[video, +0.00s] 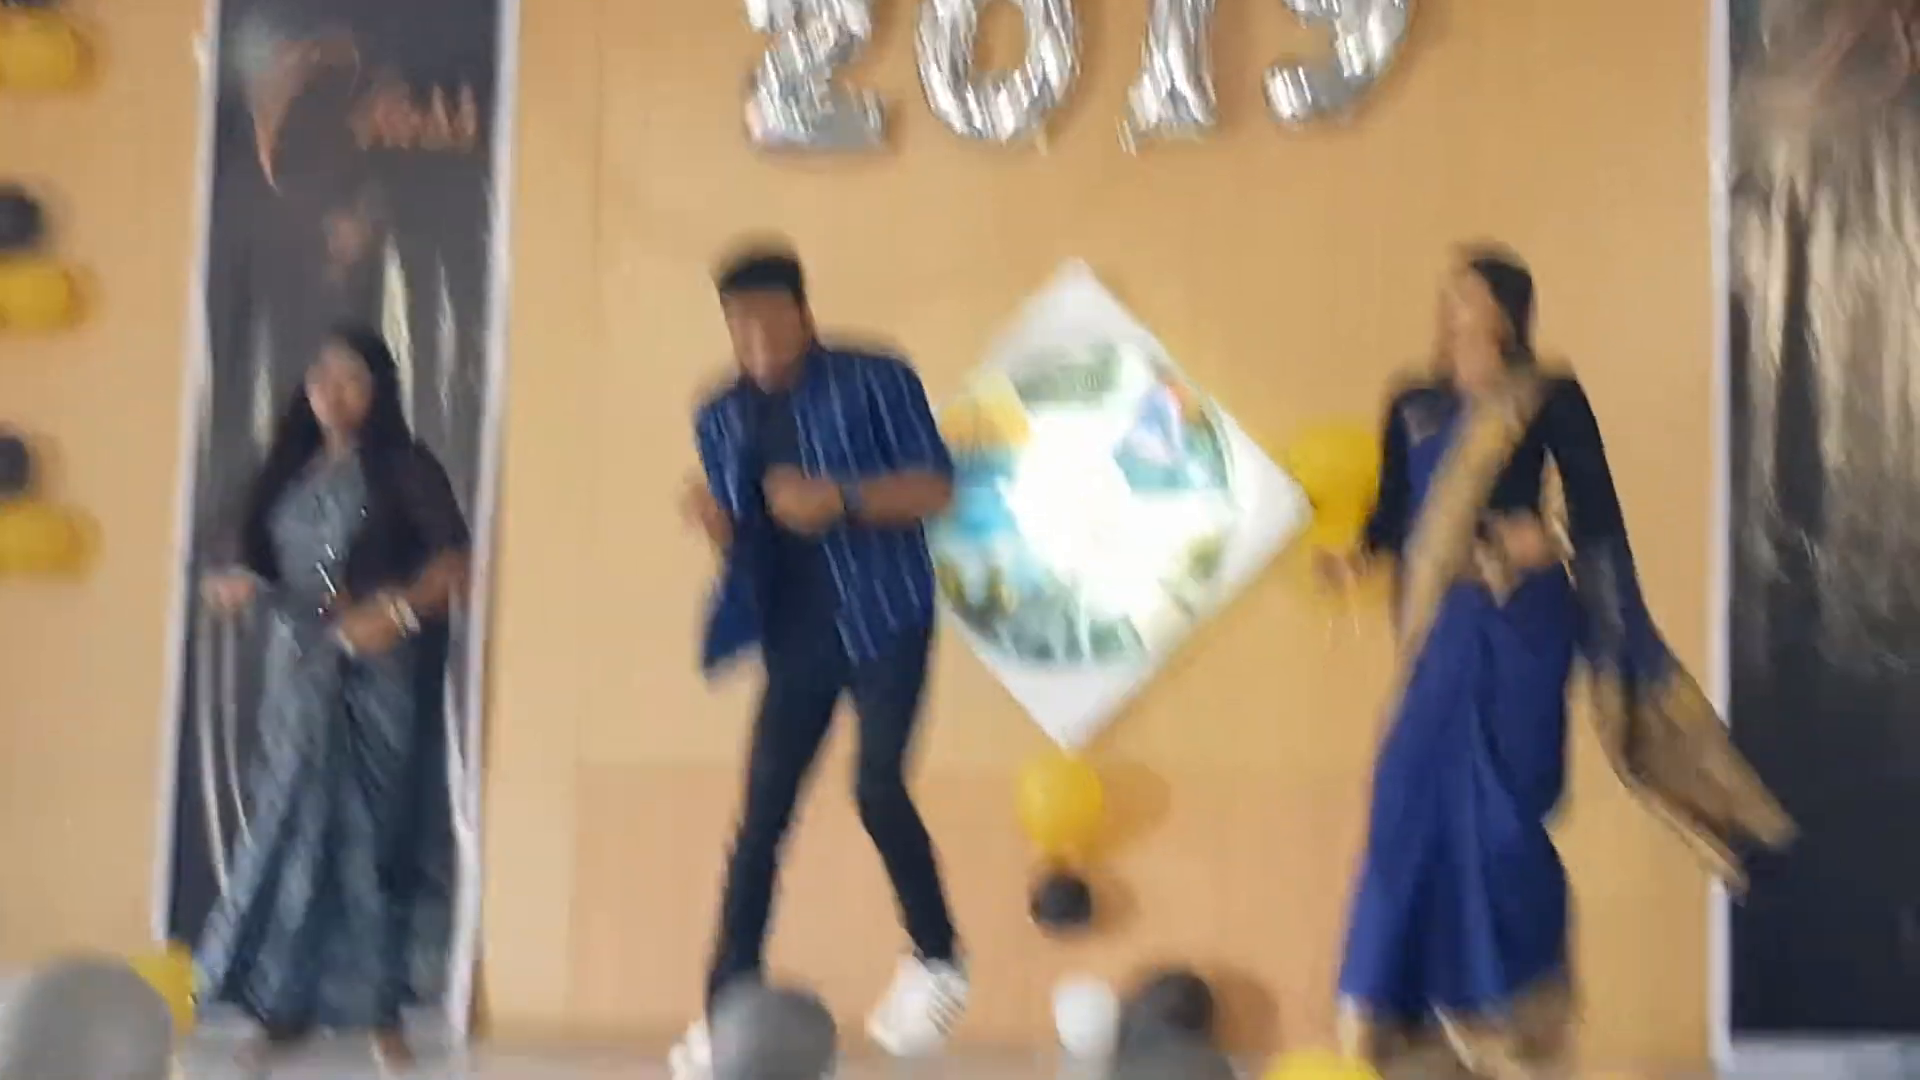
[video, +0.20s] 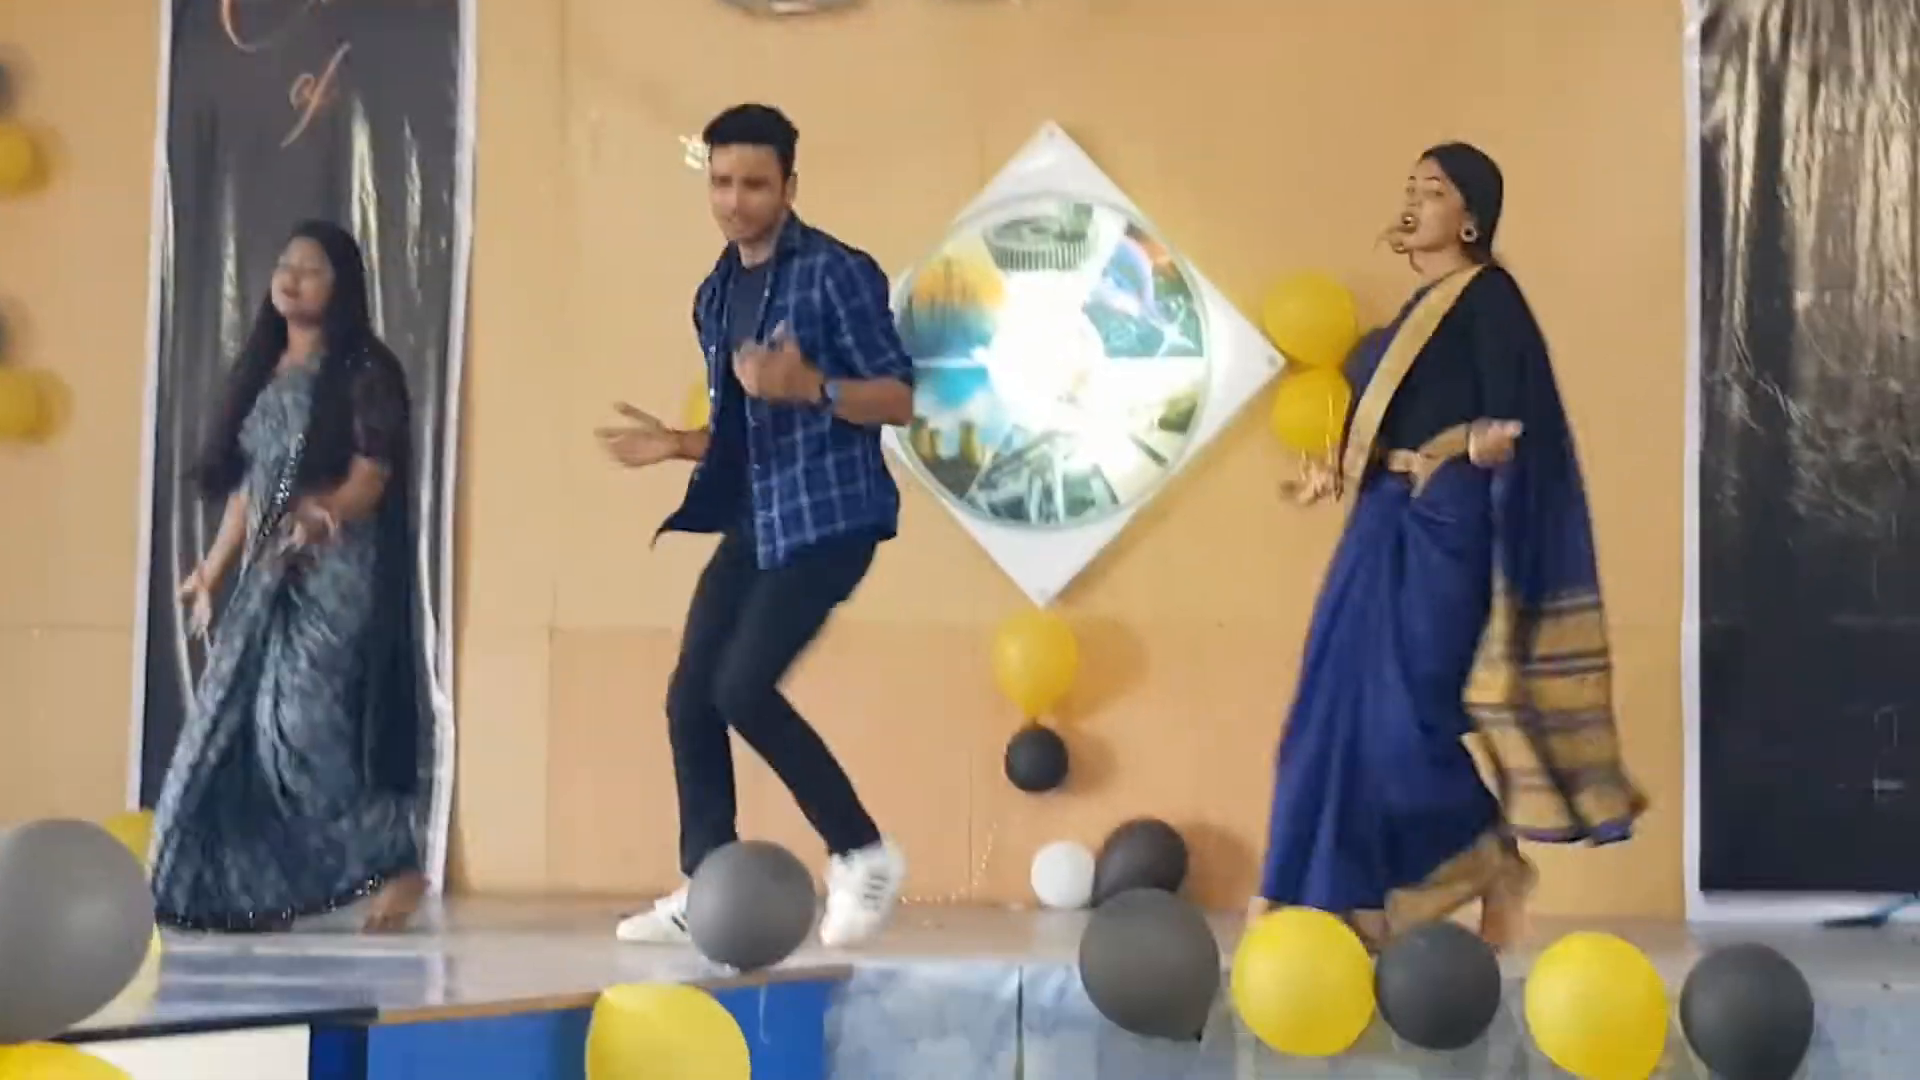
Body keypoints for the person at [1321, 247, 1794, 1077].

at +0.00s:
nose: (1453, 316)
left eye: (1468, 302)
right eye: (1449, 302)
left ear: (1508, 314)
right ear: (1441, 314)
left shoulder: (1552, 398)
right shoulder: (1416, 404)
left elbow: (1599, 524)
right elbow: (1395, 509)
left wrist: (1542, 545)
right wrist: (1361, 551)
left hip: (1524, 623)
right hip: (1443, 624)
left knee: (1505, 805)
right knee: (1408, 786)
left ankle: (1525, 1004)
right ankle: (1388, 1002)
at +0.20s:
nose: (1407, 205)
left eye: (1426, 193)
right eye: (1408, 191)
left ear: (1469, 213)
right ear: (1415, 208)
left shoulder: (1490, 297)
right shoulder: (1418, 307)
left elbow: (1519, 429)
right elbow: (1396, 418)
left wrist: (1451, 452)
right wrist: (1339, 459)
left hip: (1444, 539)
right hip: (1378, 535)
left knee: (1404, 725)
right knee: (1337, 719)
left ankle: (1497, 871)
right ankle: (1355, 914)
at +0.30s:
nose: (1422, 169)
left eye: (1440, 157)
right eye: (1422, 156)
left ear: (1480, 177)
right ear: (1425, 170)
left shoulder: (1487, 255)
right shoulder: (1427, 261)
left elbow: (1498, 361)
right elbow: (1416, 364)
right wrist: (1359, 406)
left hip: (1450, 476)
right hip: (1397, 473)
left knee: (1388, 653)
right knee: (1315, 653)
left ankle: (1501, 802)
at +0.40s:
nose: (1453, 100)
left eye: (1475, 93)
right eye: (1454, 86)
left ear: (1506, 123)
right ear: (1447, 103)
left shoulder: (1499, 187)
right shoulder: (1443, 193)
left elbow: (1516, 273)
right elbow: (1429, 289)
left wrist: (1545, 264)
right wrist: (1370, 311)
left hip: (1473, 404)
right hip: (1421, 407)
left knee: (1426, 583)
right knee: (1374, 592)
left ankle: (1532, 751)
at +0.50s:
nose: (1483, 69)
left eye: (1506, 66)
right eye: (1485, 55)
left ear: (1534, 99)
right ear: (1472, 73)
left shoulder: (1521, 153)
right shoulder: (1479, 162)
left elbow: (1531, 277)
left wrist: (1549, 238)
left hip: (1495, 383)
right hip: (1451, 386)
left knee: (1468, 570)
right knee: (1402, 574)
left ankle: (1558, 762)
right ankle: (1371, 794)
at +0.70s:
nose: (1543, 116)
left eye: (1566, 110)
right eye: (1544, 101)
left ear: (1597, 140)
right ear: (1534, 117)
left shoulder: (1581, 196)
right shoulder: (1553, 200)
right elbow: (1553, 290)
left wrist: (1617, 244)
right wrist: (1506, 300)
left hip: (1570, 431)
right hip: (1535, 431)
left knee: (1542, 619)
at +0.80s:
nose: (1580, 94)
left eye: (1602, 87)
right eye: (1582, 82)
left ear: (1636, 118)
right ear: (1577, 102)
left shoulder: (1612, 171)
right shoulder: (1584, 175)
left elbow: (1616, 238)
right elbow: (1581, 272)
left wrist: (1638, 216)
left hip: (1594, 409)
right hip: (1565, 408)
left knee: (1560, 584)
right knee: (1536, 582)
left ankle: (1560, 801)